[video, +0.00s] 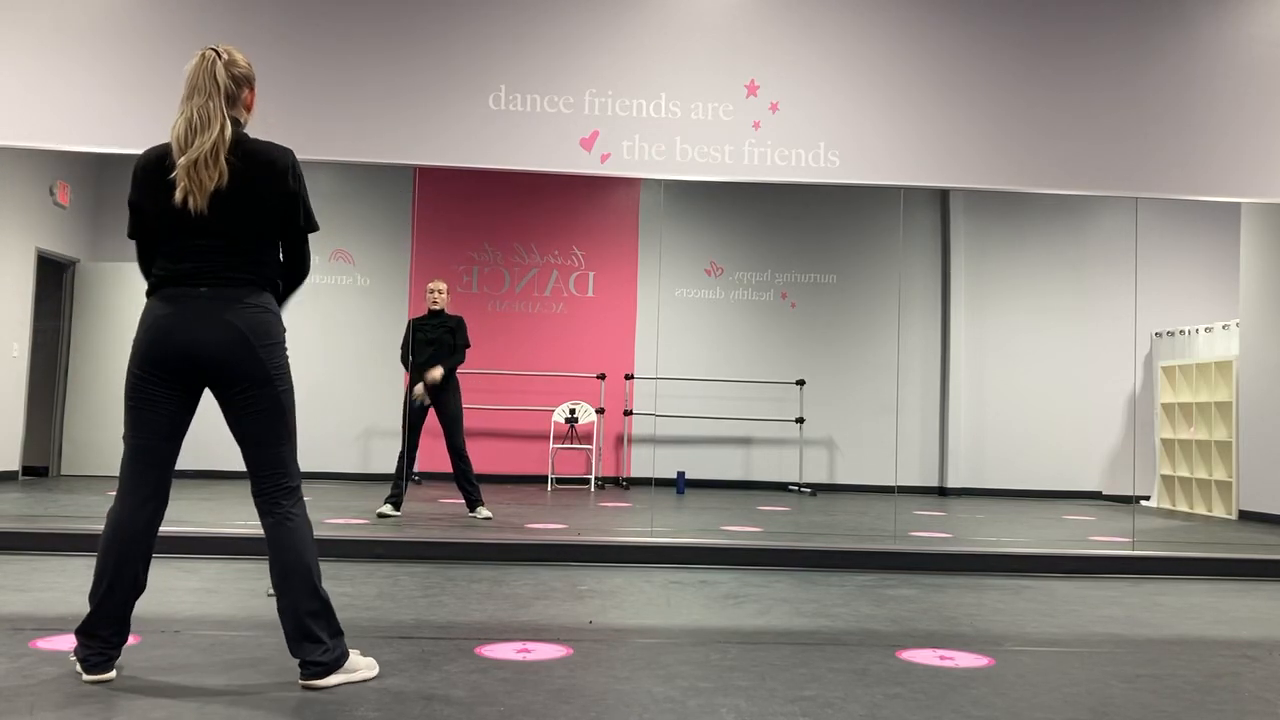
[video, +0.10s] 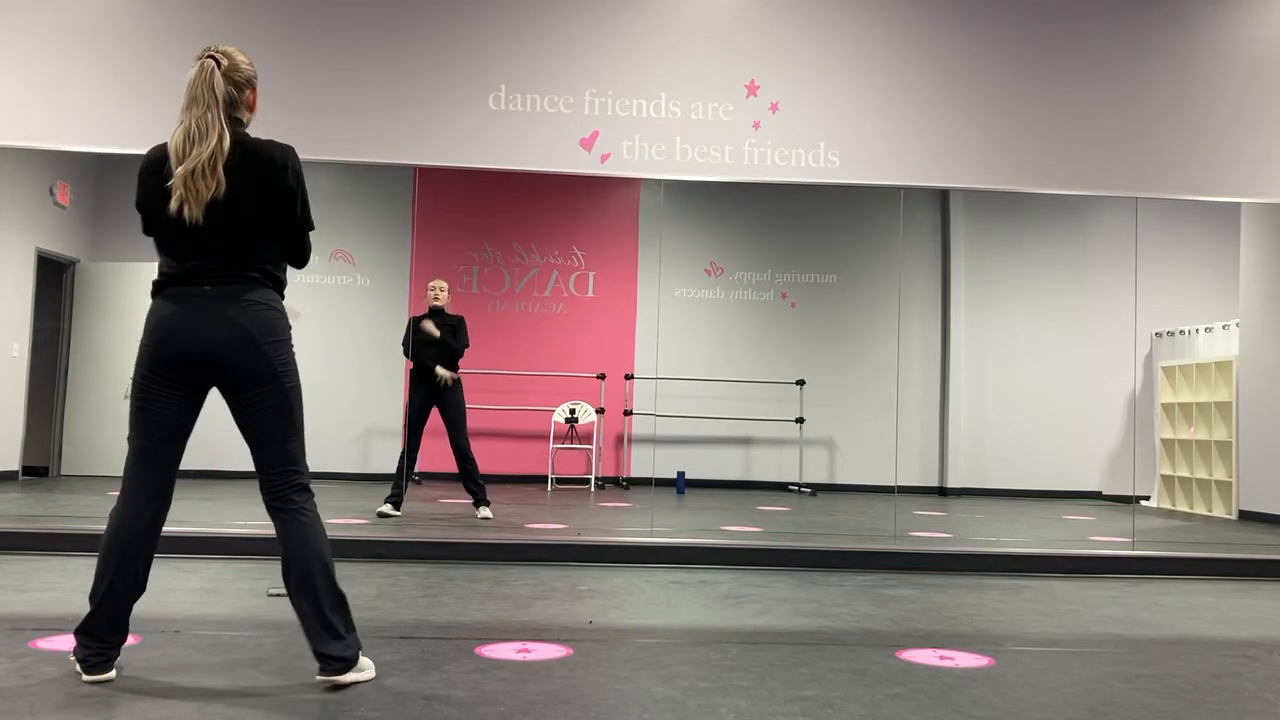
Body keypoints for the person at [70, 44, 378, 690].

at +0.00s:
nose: (256, 102)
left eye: (253, 92)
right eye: (254, 93)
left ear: (191, 94)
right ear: (245, 97)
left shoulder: (153, 164)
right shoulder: (276, 163)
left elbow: (147, 255)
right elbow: (297, 260)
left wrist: (176, 298)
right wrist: (256, 302)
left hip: (165, 323)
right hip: (249, 323)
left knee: (139, 488)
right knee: (280, 493)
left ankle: (97, 649)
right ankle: (321, 656)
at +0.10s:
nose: (260, 100)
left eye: (256, 89)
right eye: (257, 91)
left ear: (195, 92)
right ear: (246, 96)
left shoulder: (160, 161)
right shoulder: (277, 160)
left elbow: (157, 233)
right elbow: (298, 251)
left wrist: (223, 223)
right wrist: (246, 223)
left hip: (172, 322)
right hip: (254, 322)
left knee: (143, 486)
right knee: (289, 490)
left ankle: (97, 648)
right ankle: (338, 654)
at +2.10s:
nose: (277, 110)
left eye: (273, 100)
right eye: (275, 101)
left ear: (213, 102)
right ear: (264, 105)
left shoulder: (183, 167)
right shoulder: (286, 162)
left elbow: (184, 238)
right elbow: (323, 236)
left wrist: (281, 249)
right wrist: (299, 246)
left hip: (189, 325)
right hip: (268, 325)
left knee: (156, 487)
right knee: (291, 495)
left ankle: (100, 649)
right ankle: (338, 659)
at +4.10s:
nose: (284, 114)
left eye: (282, 104)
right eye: (282, 105)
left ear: (220, 105)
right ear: (269, 108)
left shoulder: (186, 170)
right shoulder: (288, 166)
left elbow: (194, 246)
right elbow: (328, 243)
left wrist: (296, 254)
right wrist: (315, 248)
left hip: (200, 331)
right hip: (277, 329)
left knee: (167, 490)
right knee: (298, 495)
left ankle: (101, 648)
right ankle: (338, 659)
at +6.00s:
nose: (280, 115)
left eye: (277, 106)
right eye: (279, 106)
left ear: (217, 105)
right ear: (269, 110)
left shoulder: (179, 169)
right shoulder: (289, 169)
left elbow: (193, 245)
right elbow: (326, 239)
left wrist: (286, 250)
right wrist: (277, 251)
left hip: (188, 327)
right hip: (268, 327)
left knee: (155, 489)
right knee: (292, 497)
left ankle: (101, 649)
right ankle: (338, 658)